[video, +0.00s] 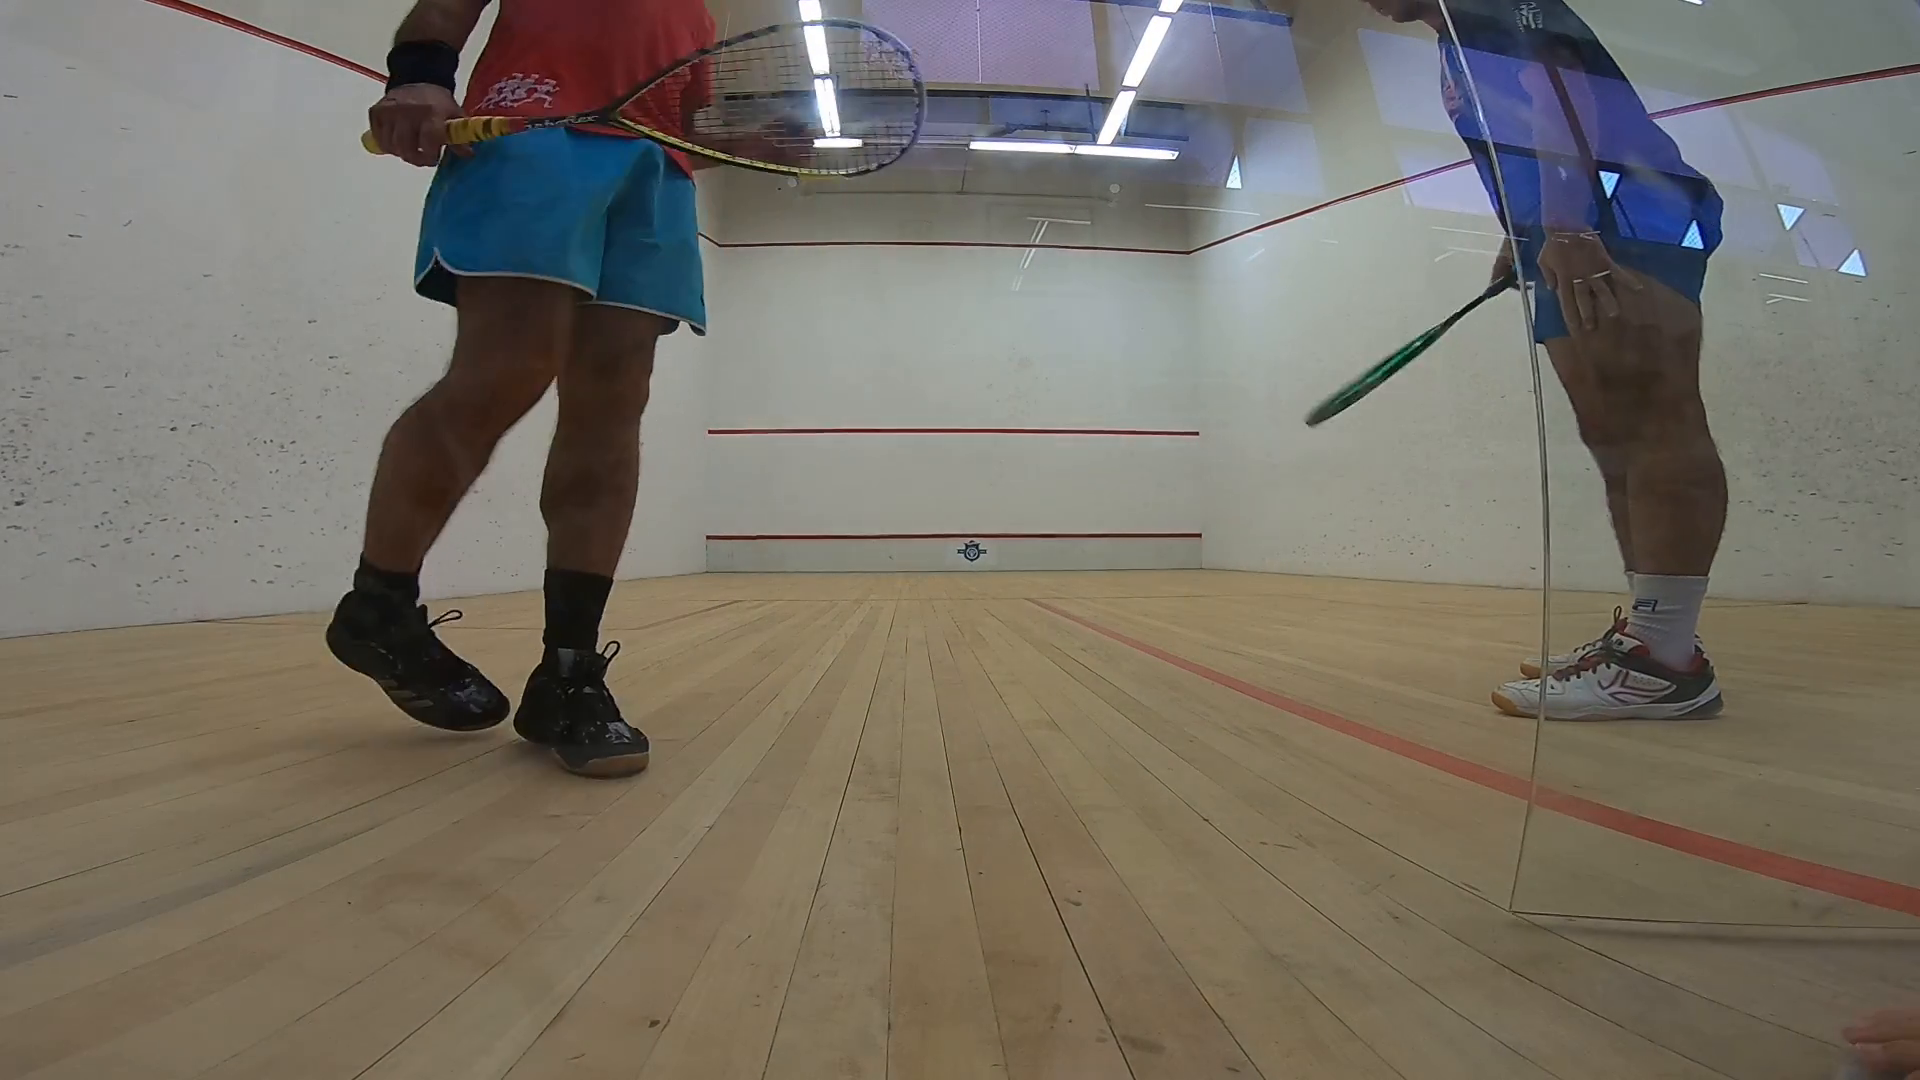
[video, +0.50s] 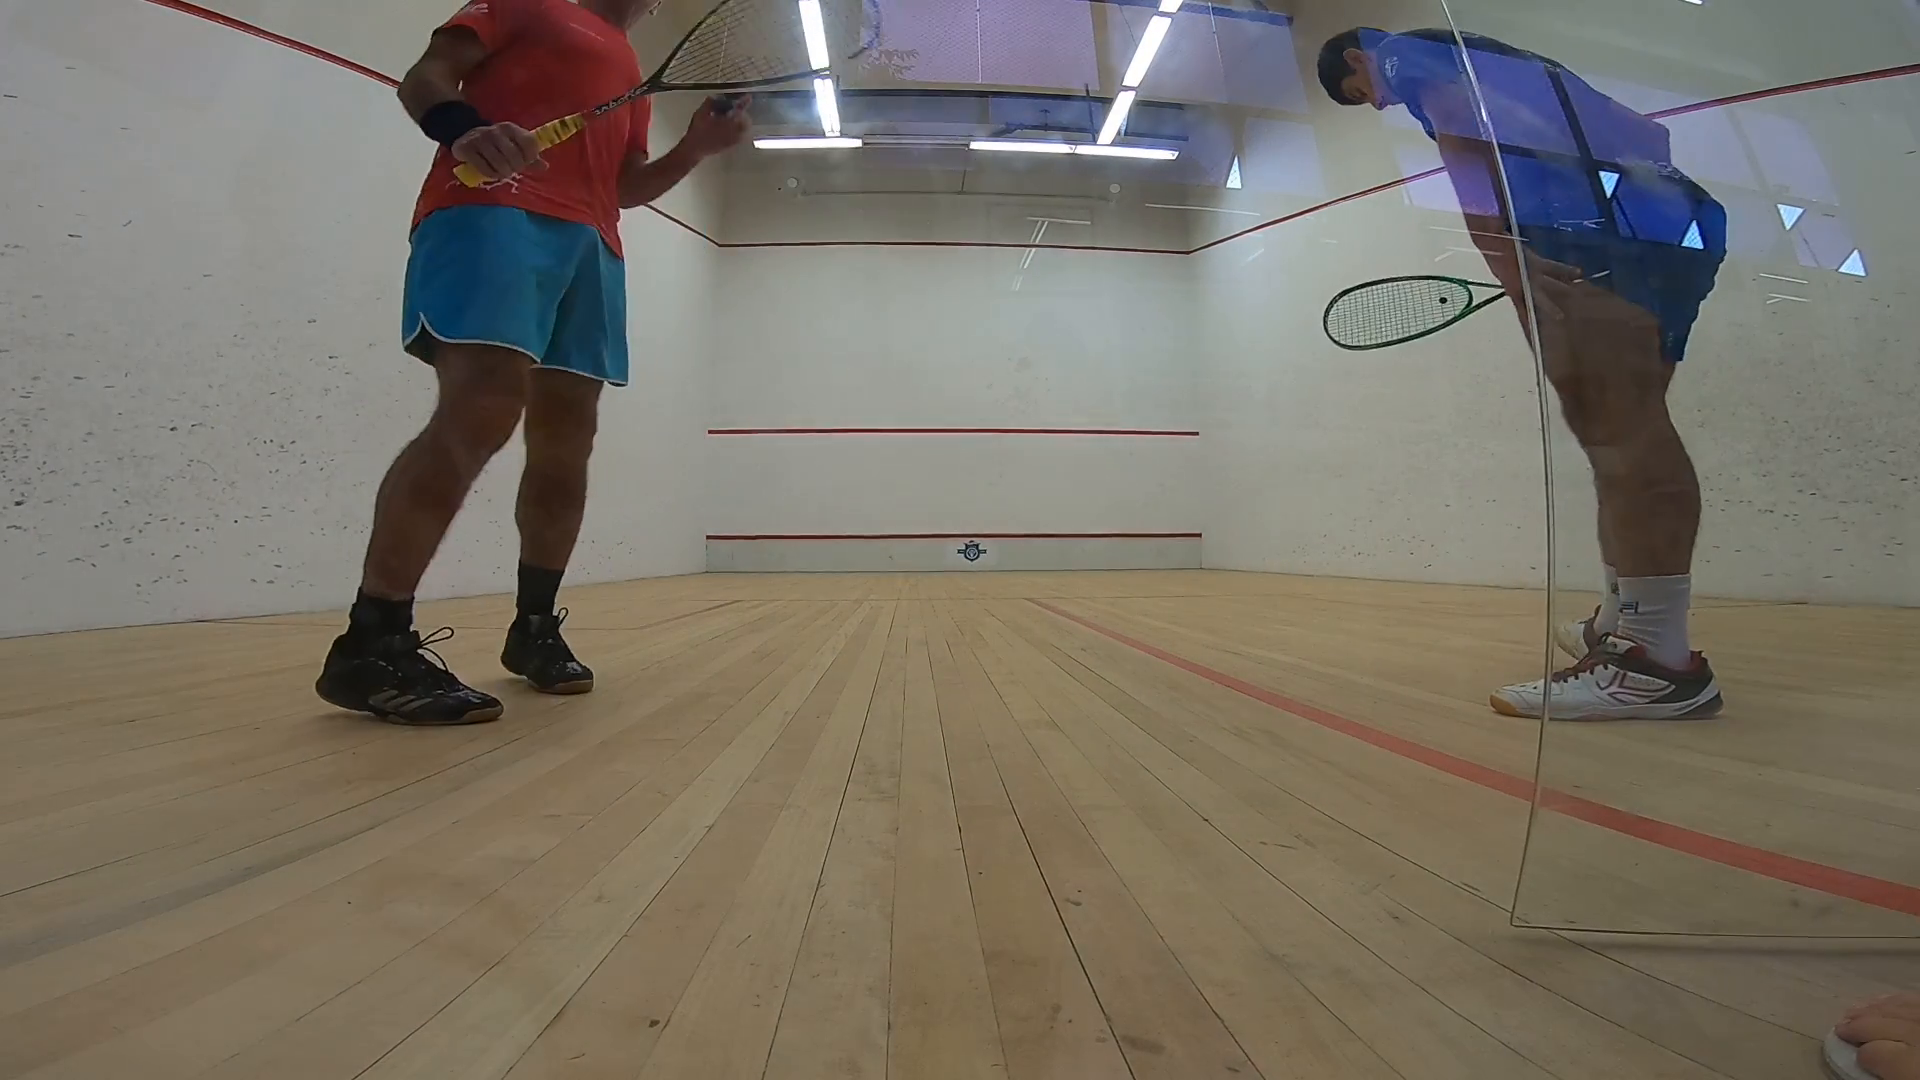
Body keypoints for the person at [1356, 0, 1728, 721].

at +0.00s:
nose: (1374, 5)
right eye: (1369, 3)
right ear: (1397, 10)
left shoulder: (1491, 8)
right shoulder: (1459, 57)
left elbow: (1558, 82)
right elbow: (1522, 139)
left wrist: (1569, 225)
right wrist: (1519, 229)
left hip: (1628, 218)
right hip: (1570, 237)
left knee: (1659, 421)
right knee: (1613, 431)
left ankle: (1670, 659)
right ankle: (1649, 637)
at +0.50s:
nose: (1373, 102)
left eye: (1358, 90)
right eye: (1361, 100)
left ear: (1358, 54)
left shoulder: (1405, 54)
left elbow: (1464, 136)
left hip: (1605, 227)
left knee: (1624, 423)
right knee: (1611, 423)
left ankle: (1663, 658)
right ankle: (1627, 627)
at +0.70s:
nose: (1384, 114)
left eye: (1377, 100)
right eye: (1375, 109)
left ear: (1389, 72)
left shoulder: (1408, 70)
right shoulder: (1538, 94)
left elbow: (1443, 129)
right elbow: (1655, 163)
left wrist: (1461, 253)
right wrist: (1613, 240)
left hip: (1562, 234)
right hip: (1655, 243)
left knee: (1533, 427)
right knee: (1613, 439)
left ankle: (1643, 639)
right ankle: (1622, 635)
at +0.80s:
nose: (1391, 108)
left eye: (1386, 94)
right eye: (1383, 101)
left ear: (1401, 70)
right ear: (1449, 68)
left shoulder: (1414, 72)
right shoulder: (1539, 99)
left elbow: (1444, 141)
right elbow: (1646, 173)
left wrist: (1448, 269)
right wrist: (1615, 244)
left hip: (1533, 240)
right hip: (1637, 249)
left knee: (1474, 430)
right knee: (1603, 449)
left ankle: (1589, 598)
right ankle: (1620, 636)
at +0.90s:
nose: (1396, 113)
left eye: (1391, 100)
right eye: (1389, 106)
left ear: (1403, 76)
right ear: (1450, 70)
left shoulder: (1417, 75)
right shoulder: (1537, 104)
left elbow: (1440, 149)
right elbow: (1633, 177)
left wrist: (1434, 271)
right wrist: (1606, 253)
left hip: (1515, 248)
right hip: (1623, 257)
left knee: (1440, 422)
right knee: (1607, 448)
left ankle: (1530, 591)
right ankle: (1613, 634)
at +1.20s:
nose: (1376, 138)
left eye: (1374, 131)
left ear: (1378, 129)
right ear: (1430, 122)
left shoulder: (1373, 148)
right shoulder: (1498, 142)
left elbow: (1380, 218)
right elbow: (1587, 208)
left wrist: (1407, 321)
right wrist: (1567, 305)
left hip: (1474, 299)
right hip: (1575, 295)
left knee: (1450, 467)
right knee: (1580, 456)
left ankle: (1422, 613)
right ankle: (1611, 632)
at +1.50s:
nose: (1428, 128)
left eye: (1423, 122)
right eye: (1417, 121)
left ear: (1370, 138)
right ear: (1383, 129)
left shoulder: (1337, 193)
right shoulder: (1447, 147)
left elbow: (1309, 262)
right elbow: (1496, 197)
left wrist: (1357, 329)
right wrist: (1535, 275)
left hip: (1406, 327)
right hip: (1494, 308)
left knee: (1418, 474)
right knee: (1554, 441)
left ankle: (1418, 615)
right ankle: (1553, 565)